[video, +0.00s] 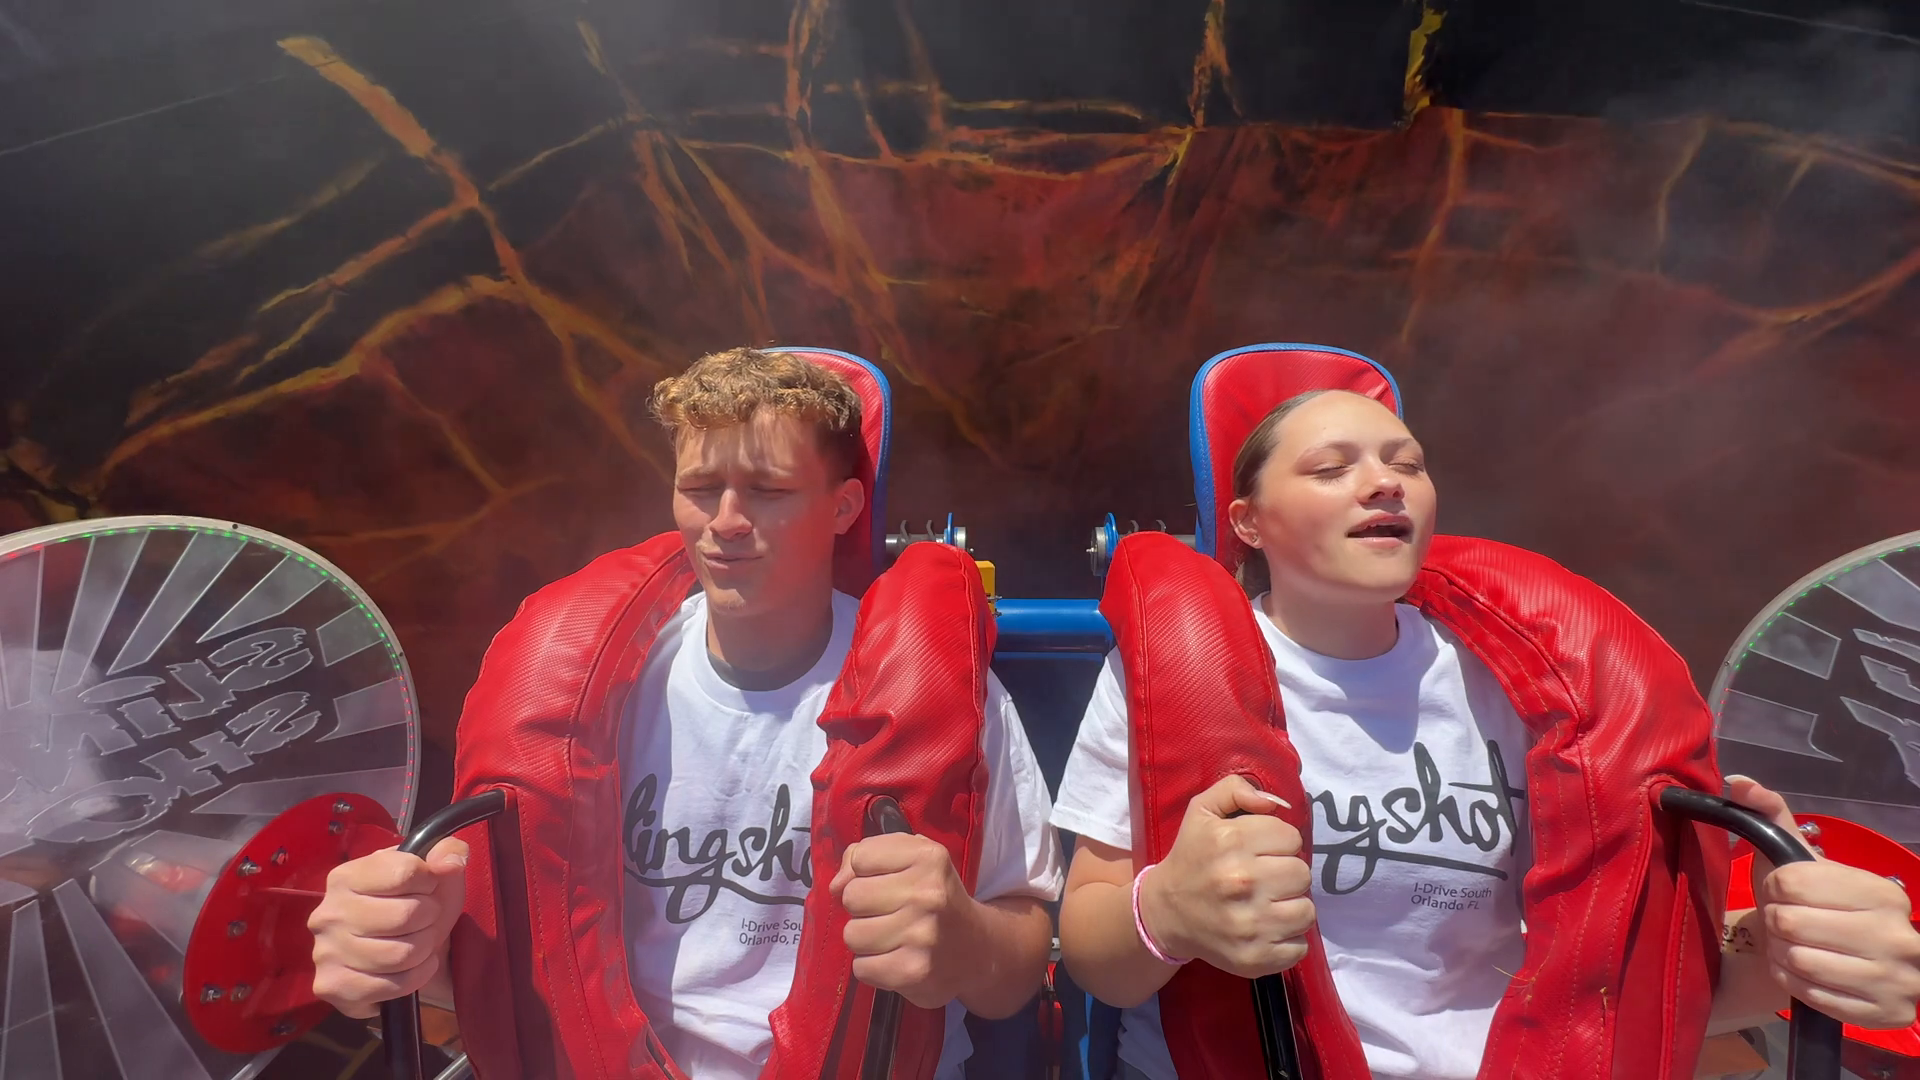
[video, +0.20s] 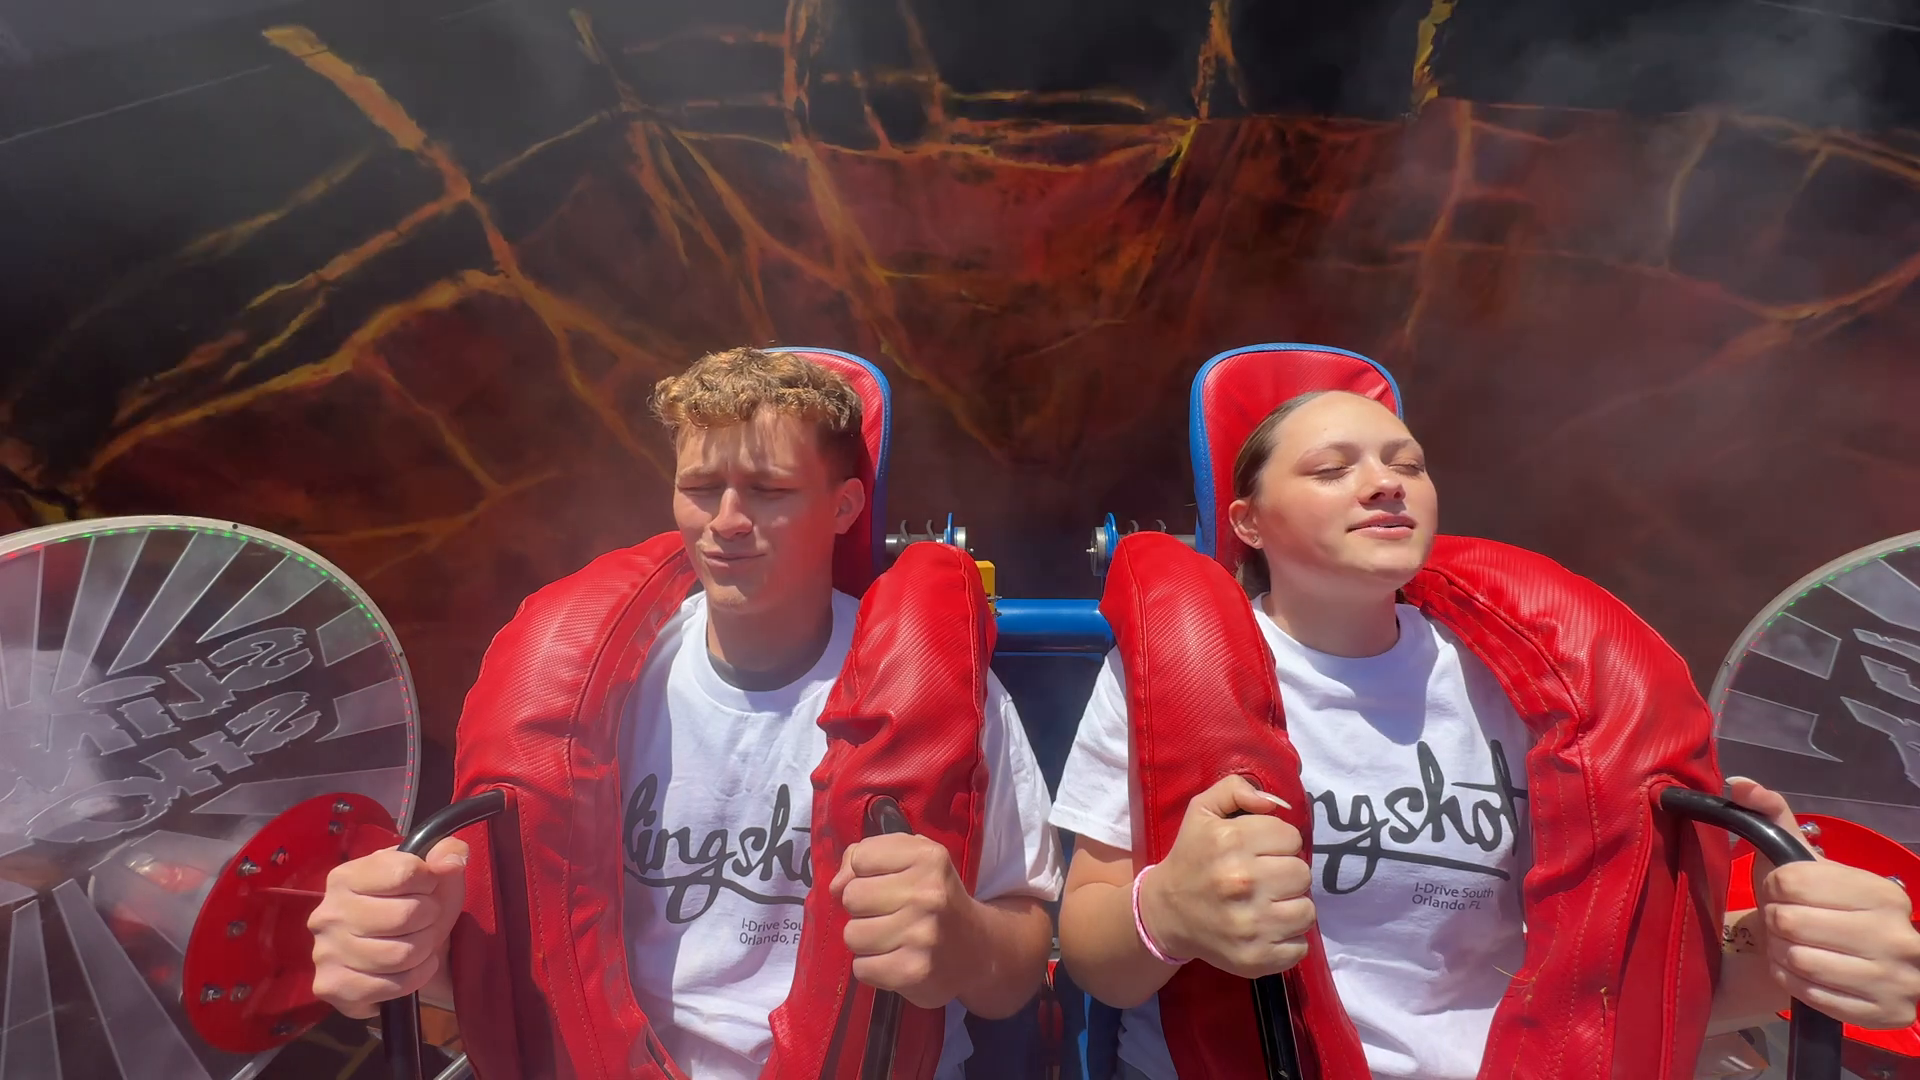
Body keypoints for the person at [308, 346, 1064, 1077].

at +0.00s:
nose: (727, 522)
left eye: (766, 490)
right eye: (704, 488)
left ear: (846, 507)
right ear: (674, 493)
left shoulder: (935, 690)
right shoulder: (583, 673)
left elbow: (1025, 962)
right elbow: (505, 932)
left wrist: (969, 945)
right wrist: (410, 944)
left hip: (831, 1062)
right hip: (612, 1057)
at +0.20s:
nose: (727, 521)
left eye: (767, 490)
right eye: (703, 488)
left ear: (846, 505)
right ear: (675, 492)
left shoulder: (935, 688)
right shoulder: (583, 674)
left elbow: (1024, 963)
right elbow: (507, 938)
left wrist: (970, 945)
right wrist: (405, 943)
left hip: (835, 1063)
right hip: (614, 1058)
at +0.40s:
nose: (727, 522)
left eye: (766, 491)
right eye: (703, 488)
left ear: (846, 504)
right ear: (674, 492)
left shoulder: (934, 687)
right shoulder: (583, 674)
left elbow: (1025, 960)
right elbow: (505, 937)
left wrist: (966, 946)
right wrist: (404, 943)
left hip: (837, 1063)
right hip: (614, 1058)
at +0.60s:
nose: (727, 523)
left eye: (767, 492)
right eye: (703, 489)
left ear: (846, 505)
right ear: (674, 491)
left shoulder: (934, 689)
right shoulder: (583, 671)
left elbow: (1027, 953)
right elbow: (507, 956)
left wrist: (958, 950)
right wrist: (417, 949)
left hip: (831, 1067)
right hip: (611, 1061)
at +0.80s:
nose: (727, 524)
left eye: (767, 493)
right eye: (703, 490)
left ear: (846, 506)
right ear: (674, 492)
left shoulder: (935, 690)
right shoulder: (584, 671)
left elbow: (1028, 956)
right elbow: (507, 944)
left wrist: (961, 949)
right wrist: (414, 948)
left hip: (831, 1063)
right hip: (613, 1057)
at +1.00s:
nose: (729, 524)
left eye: (768, 493)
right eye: (705, 490)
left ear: (847, 507)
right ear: (675, 492)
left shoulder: (936, 690)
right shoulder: (581, 669)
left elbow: (1026, 958)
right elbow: (505, 938)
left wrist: (961, 949)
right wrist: (410, 945)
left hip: (832, 1063)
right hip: (611, 1058)